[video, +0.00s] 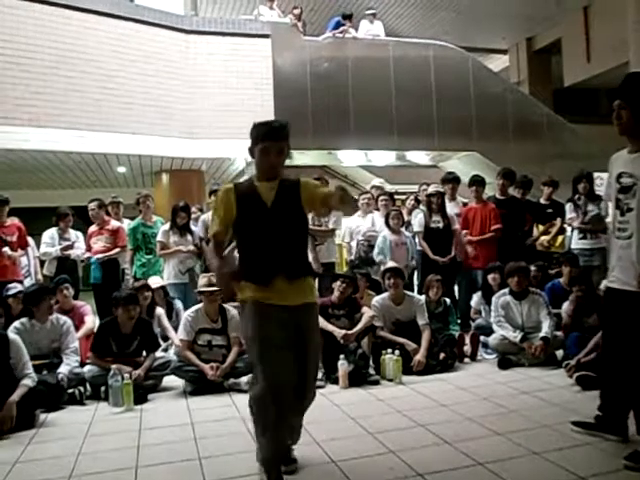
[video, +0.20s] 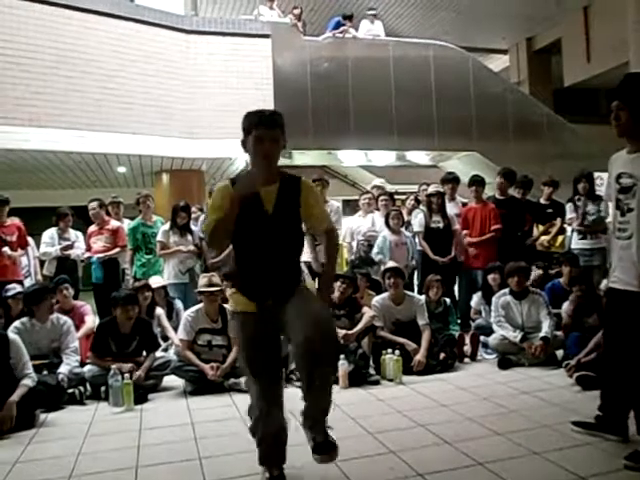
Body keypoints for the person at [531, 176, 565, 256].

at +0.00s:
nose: (550, 191)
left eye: (553, 188)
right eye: (548, 187)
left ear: (555, 191)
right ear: (542, 187)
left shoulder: (559, 205)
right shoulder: (535, 205)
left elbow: (559, 223)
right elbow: (534, 224)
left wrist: (549, 238)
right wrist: (539, 239)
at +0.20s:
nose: (550, 190)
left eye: (553, 188)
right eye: (548, 187)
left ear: (555, 190)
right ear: (542, 187)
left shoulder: (559, 205)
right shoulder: (535, 204)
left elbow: (559, 223)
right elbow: (534, 224)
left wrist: (548, 239)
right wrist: (538, 239)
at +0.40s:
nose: (550, 191)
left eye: (553, 188)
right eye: (548, 187)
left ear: (555, 190)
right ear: (543, 187)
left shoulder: (560, 205)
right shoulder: (535, 205)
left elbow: (559, 223)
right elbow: (534, 224)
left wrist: (549, 238)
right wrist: (539, 239)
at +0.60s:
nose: (550, 191)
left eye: (553, 188)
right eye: (548, 187)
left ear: (555, 191)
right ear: (543, 187)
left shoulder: (559, 205)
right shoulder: (535, 204)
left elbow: (559, 223)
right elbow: (534, 223)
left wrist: (549, 238)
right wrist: (539, 238)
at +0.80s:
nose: (551, 190)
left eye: (554, 187)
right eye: (549, 186)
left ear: (556, 190)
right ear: (543, 187)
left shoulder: (560, 205)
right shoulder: (535, 205)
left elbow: (559, 223)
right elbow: (535, 224)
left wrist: (550, 238)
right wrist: (540, 239)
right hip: (539, 240)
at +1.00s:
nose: (552, 190)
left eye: (554, 187)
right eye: (549, 186)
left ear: (556, 190)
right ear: (543, 187)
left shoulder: (560, 205)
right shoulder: (536, 205)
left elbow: (560, 223)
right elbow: (535, 224)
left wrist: (550, 239)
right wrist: (540, 239)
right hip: (540, 241)